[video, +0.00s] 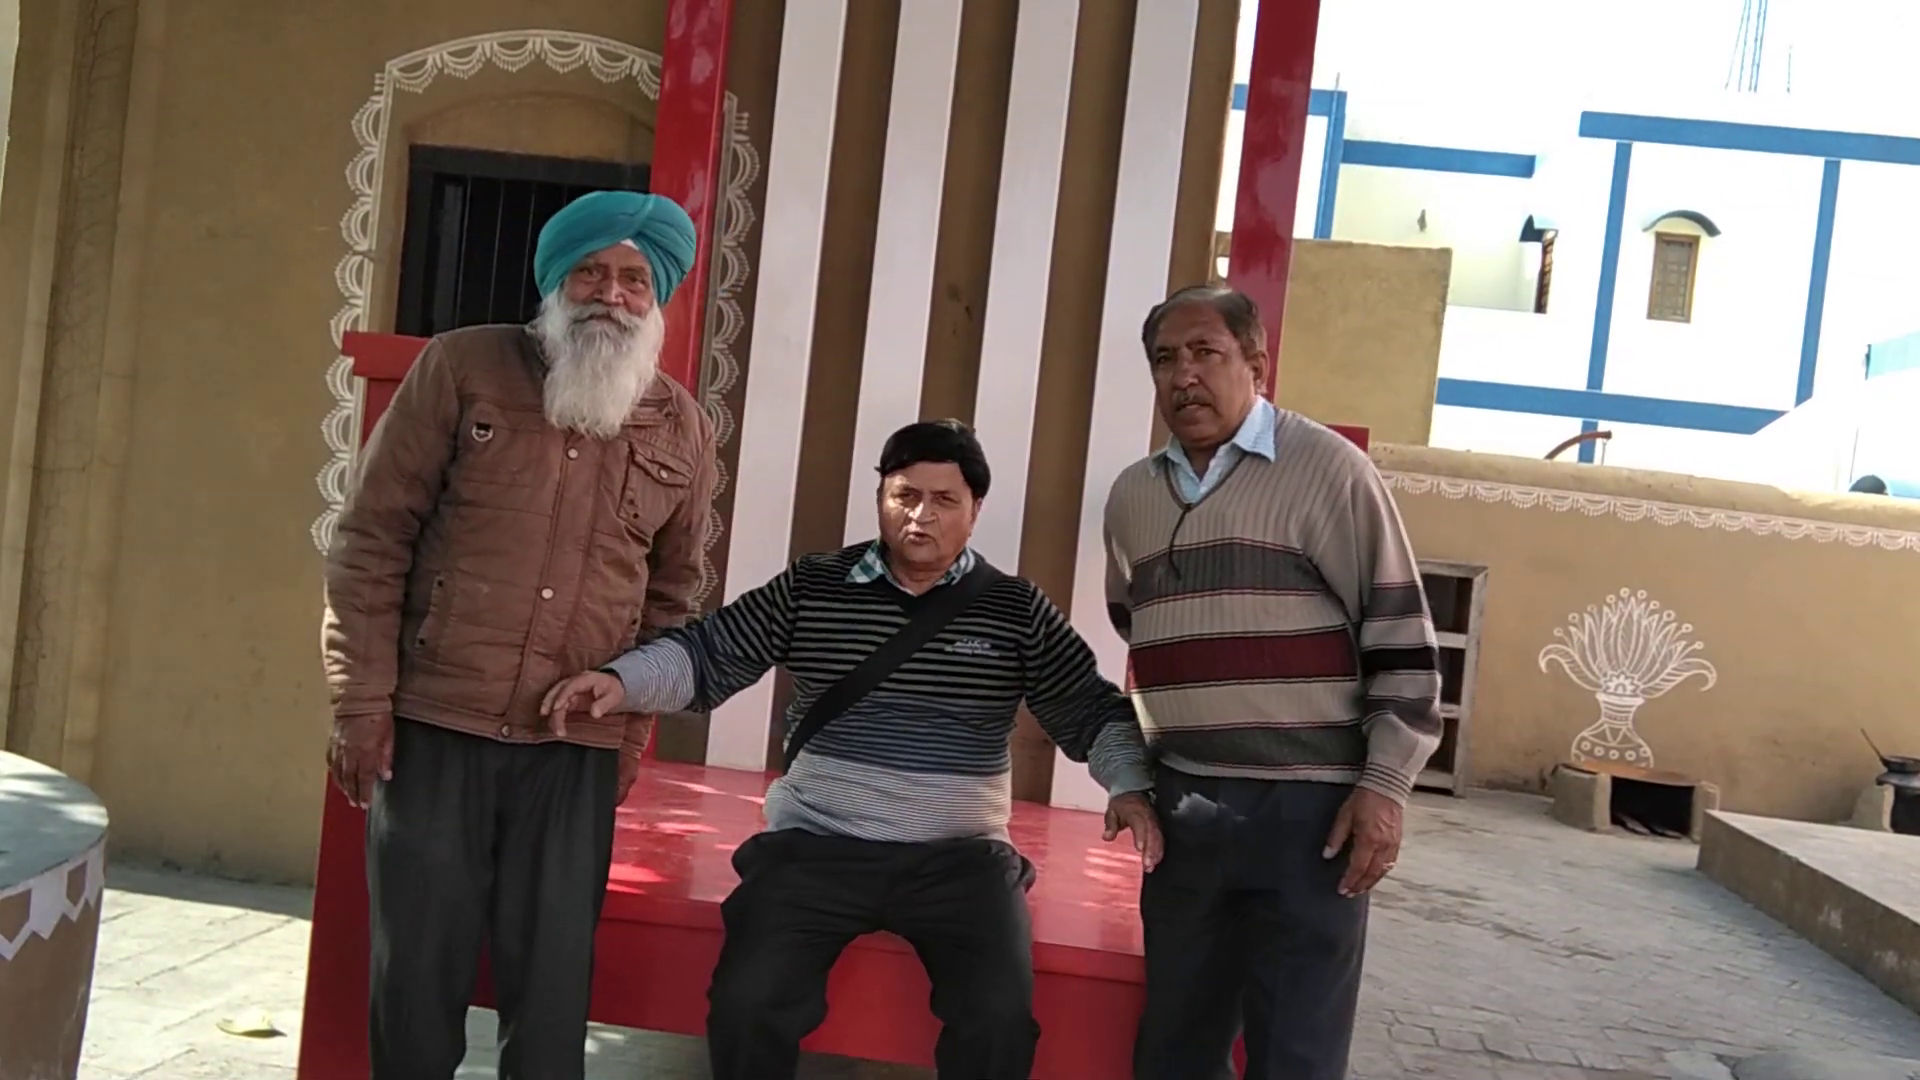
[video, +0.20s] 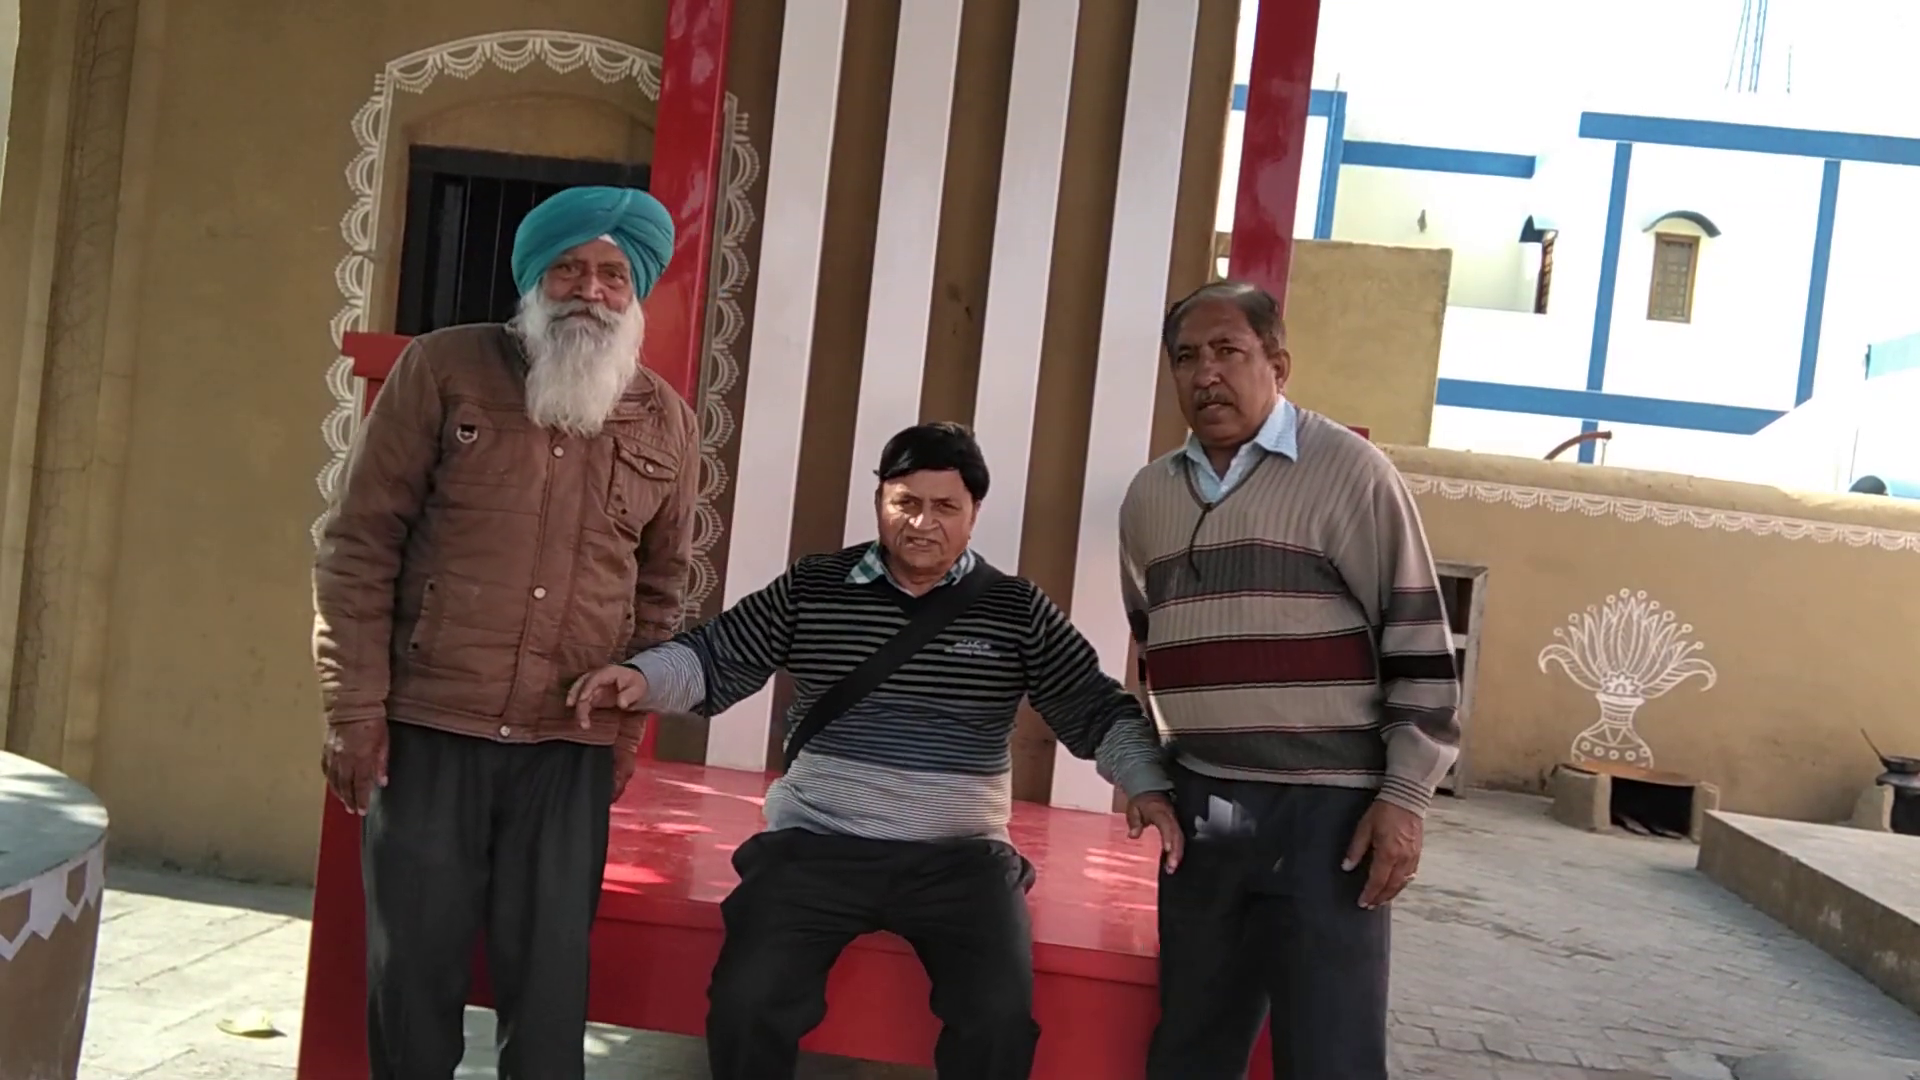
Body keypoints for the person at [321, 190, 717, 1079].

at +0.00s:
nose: (615, 294)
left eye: (638, 279)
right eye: (596, 271)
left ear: (662, 301)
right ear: (557, 279)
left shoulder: (682, 427)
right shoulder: (461, 365)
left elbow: (679, 588)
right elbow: (371, 538)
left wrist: (636, 713)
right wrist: (362, 705)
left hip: (576, 755)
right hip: (435, 742)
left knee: (550, 1012)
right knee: (415, 1003)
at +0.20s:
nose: (594, 289)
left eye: (617, 274)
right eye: (574, 266)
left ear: (640, 296)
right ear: (534, 275)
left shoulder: (665, 420)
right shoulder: (441, 367)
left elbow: (664, 585)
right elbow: (360, 543)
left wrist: (626, 724)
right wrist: (356, 711)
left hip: (571, 754)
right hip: (431, 743)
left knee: (547, 1008)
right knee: (411, 999)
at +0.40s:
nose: (576, 283)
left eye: (598, 268)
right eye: (555, 262)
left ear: (623, 290)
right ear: (515, 273)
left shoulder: (650, 414)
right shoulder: (426, 367)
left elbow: (651, 583)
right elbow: (349, 547)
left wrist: (630, 689)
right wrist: (352, 713)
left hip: (567, 756)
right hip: (425, 745)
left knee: (549, 1012)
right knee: (404, 998)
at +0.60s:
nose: (574, 284)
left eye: (596, 268)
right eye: (553, 263)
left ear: (621, 289)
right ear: (514, 274)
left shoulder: (650, 413)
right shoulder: (427, 367)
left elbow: (655, 581)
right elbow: (351, 548)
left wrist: (632, 704)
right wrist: (350, 713)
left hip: (567, 754)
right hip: (427, 743)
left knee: (527, 1006)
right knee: (405, 991)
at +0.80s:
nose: (590, 285)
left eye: (612, 271)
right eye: (570, 265)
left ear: (636, 294)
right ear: (532, 276)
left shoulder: (665, 417)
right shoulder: (443, 366)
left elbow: (666, 585)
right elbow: (363, 542)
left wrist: (630, 722)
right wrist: (358, 709)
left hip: (572, 753)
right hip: (435, 741)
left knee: (523, 1005)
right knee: (416, 996)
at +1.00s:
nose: (605, 290)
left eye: (629, 276)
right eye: (587, 268)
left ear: (654, 300)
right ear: (549, 278)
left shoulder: (678, 421)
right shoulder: (458, 366)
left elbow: (677, 584)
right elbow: (374, 536)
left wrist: (637, 718)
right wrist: (361, 699)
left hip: (574, 744)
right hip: (432, 727)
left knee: (529, 987)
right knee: (402, 969)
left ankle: (499, 1074)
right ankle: (400, 1073)